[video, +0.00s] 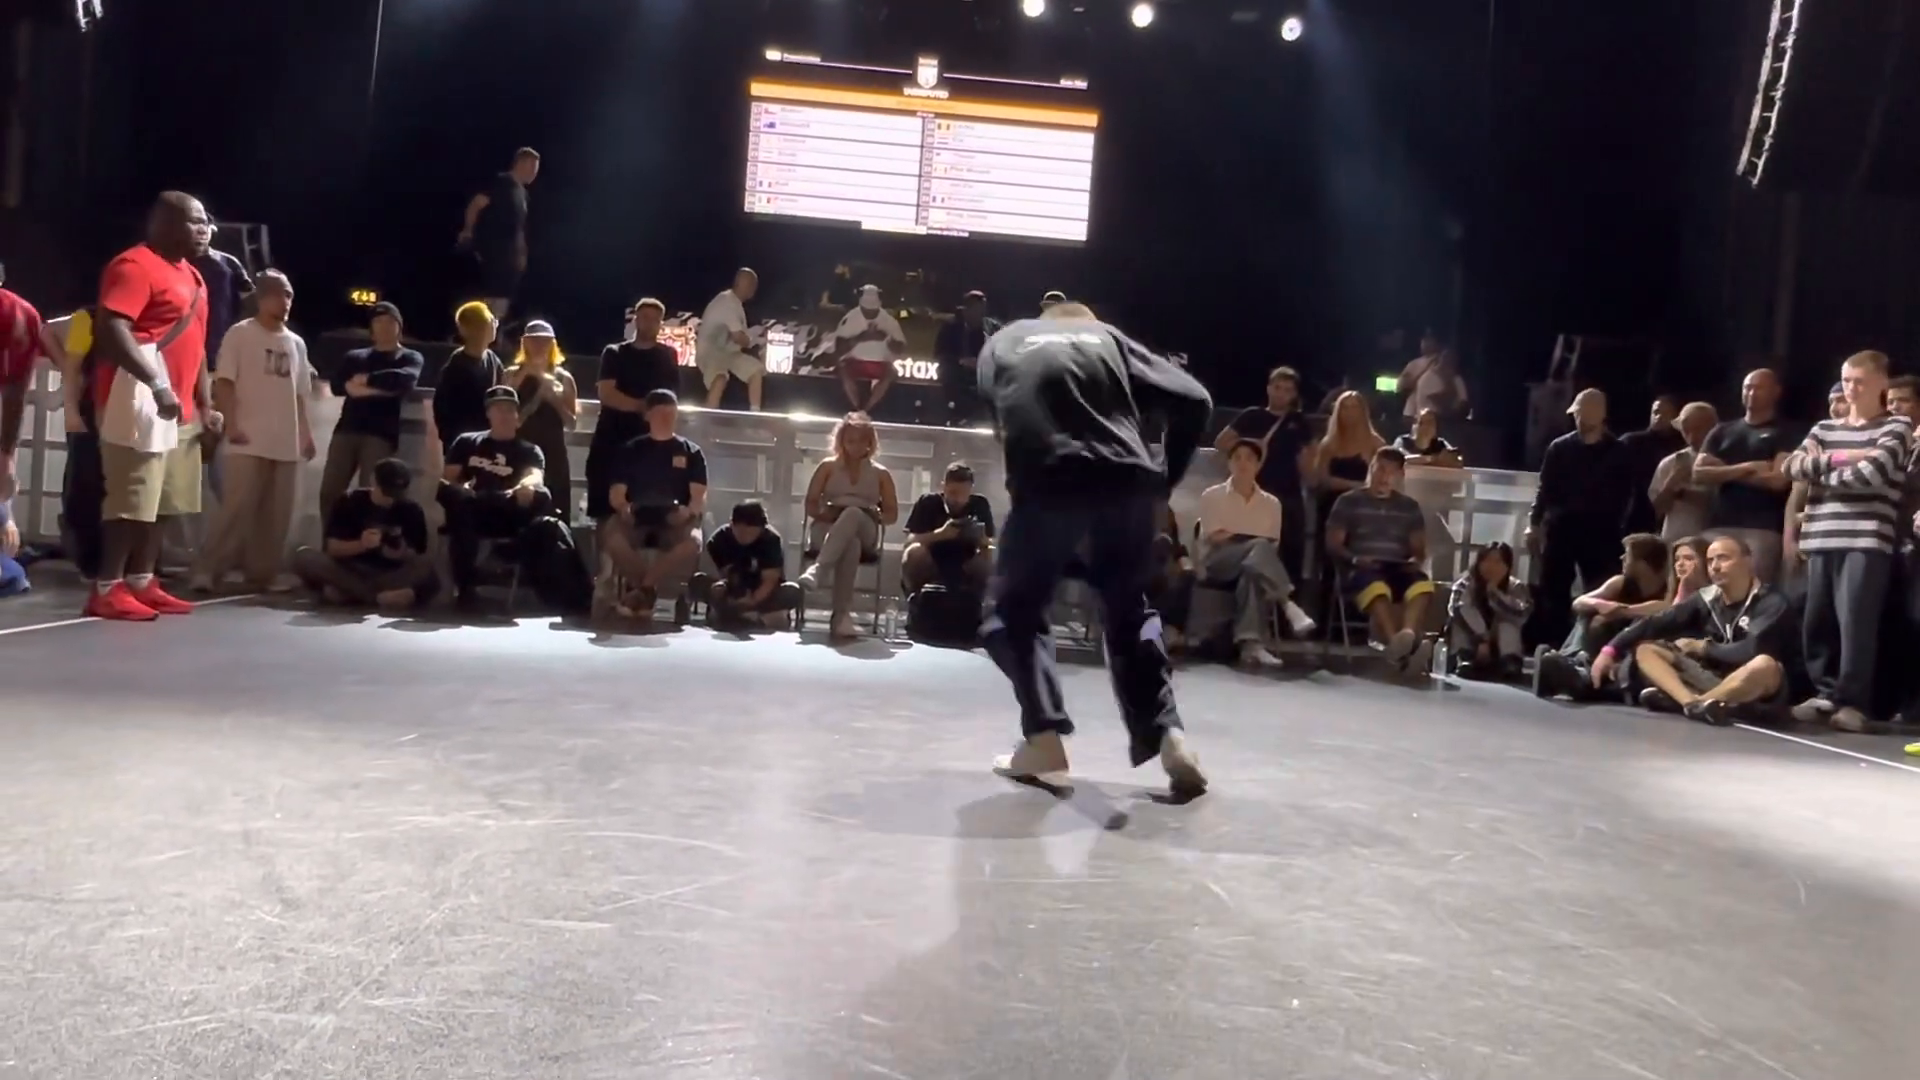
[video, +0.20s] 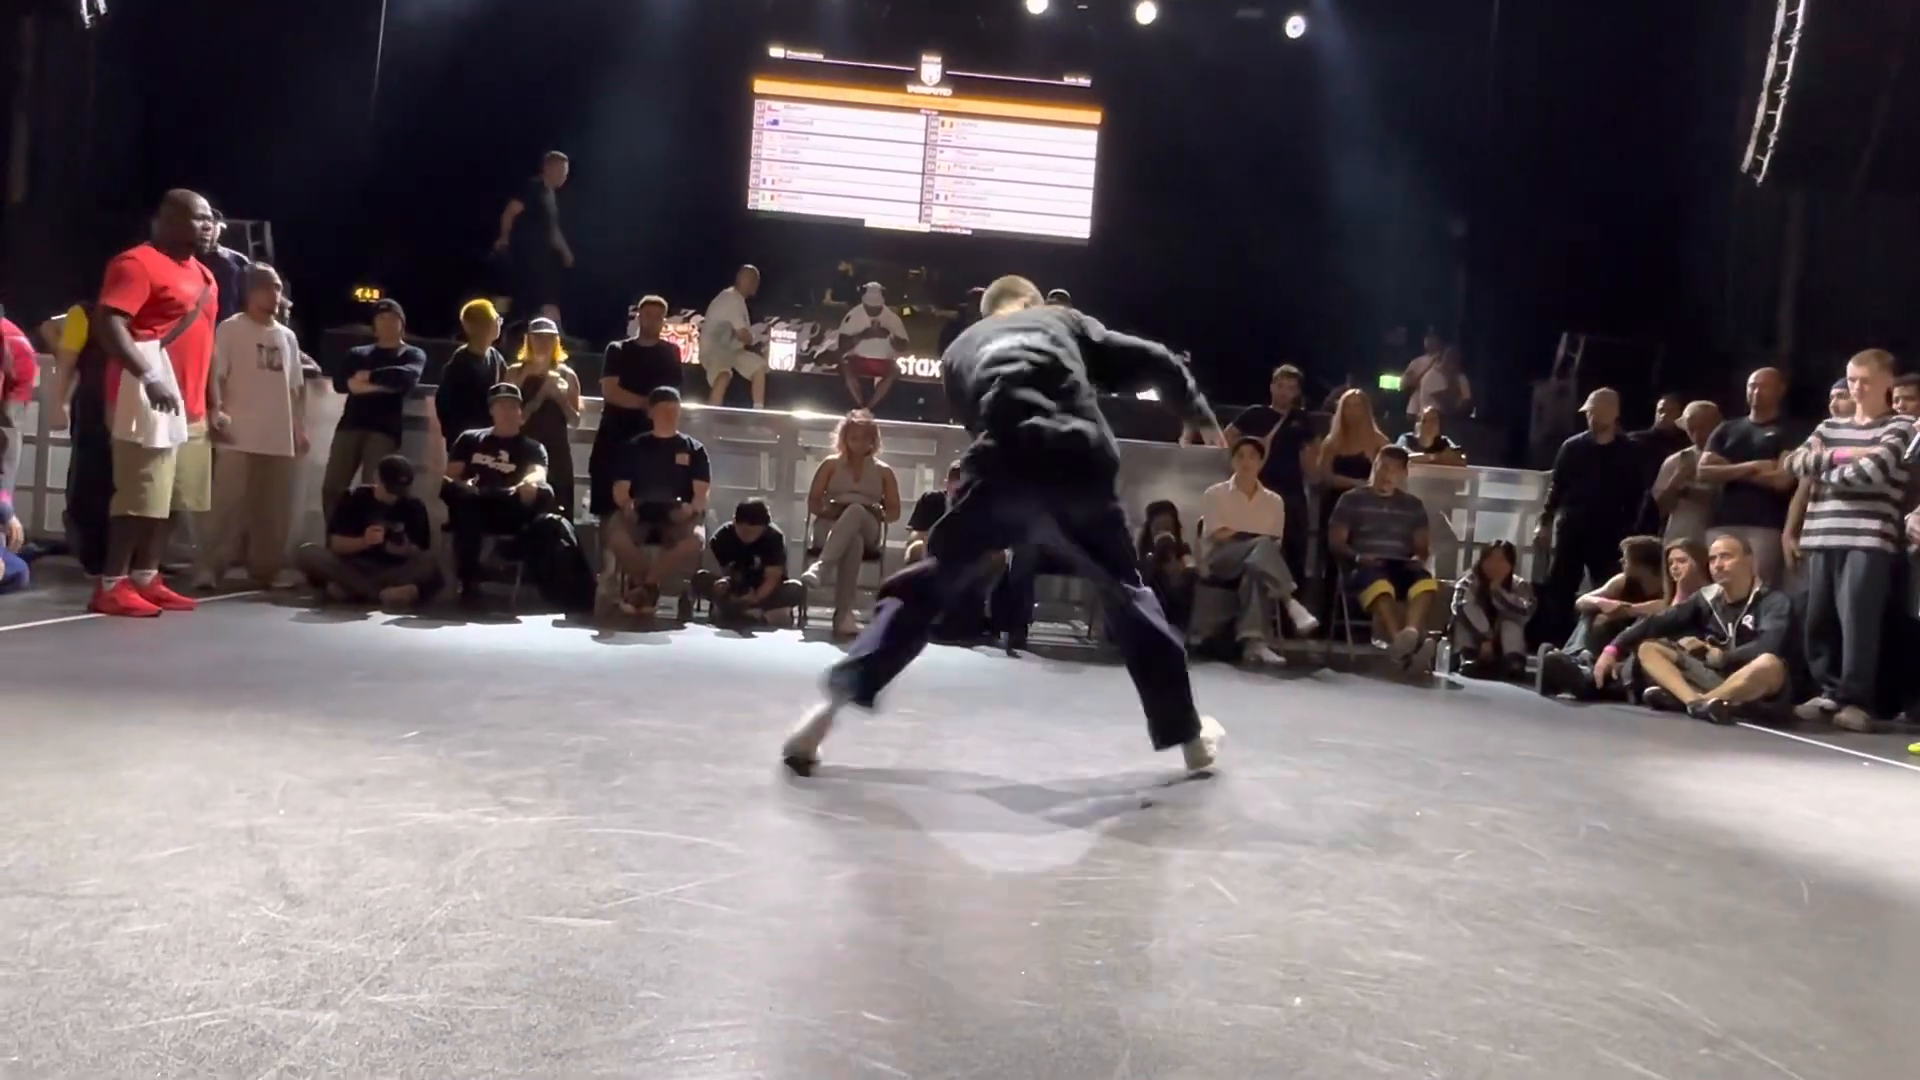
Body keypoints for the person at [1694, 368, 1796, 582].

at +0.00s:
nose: (1750, 393)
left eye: (1757, 388)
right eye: (1747, 388)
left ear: (1775, 392)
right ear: (1742, 392)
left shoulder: (1786, 433)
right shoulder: (1721, 431)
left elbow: (1779, 481)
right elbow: (1699, 473)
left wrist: (1726, 471)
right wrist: (1751, 467)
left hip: (1763, 529)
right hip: (1721, 525)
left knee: (1757, 601)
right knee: (1717, 600)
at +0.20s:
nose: (1755, 392)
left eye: (1762, 387)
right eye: (1752, 386)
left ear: (1780, 391)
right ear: (1746, 390)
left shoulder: (1791, 432)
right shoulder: (1727, 429)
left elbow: (1784, 480)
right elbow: (1703, 471)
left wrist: (1729, 470)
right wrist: (1756, 467)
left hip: (1765, 525)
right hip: (1724, 523)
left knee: (1762, 599)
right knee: (1722, 598)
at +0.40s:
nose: (1760, 389)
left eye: (1766, 384)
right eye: (1756, 384)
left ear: (1784, 388)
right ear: (1751, 388)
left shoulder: (1795, 430)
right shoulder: (1731, 426)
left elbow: (1788, 477)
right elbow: (1707, 469)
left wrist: (1733, 466)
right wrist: (1760, 464)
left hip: (1771, 523)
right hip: (1728, 520)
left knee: (1765, 598)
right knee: (1724, 597)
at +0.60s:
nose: (1763, 388)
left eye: (1770, 383)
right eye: (1760, 382)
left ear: (1789, 387)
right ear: (1755, 386)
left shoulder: (1803, 428)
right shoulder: (1735, 425)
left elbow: (1793, 475)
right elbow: (1712, 468)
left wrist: (1738, 466)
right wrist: (1766, 463)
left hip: (1774, 522)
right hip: (1731, 520)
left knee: (1768, 599)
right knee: (1727, 597)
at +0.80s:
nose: (1766, 386)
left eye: (1773, 381)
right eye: (1763, 380)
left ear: (1792, 385)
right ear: (1758, 384)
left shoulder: (1804, 427)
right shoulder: (1738, 424)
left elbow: (1796, 473)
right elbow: (1714, 466)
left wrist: (1742, 465)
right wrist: (1767, 461)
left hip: (1777, 521)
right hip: (1734, 519)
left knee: (1773, 597)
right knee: (1732, 596)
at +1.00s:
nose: (1771, 385)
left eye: (1778, 380)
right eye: (1768, 380)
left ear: (1796, 385)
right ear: (1762, 384)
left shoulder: (1808, 426)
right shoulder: (1741, 423)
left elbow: (1798, 473)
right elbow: (1717, 465)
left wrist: (1745, 463)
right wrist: (1770, 460)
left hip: (1780, 520)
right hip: (1737, 518)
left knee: (1774, 596)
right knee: (1734, 594)